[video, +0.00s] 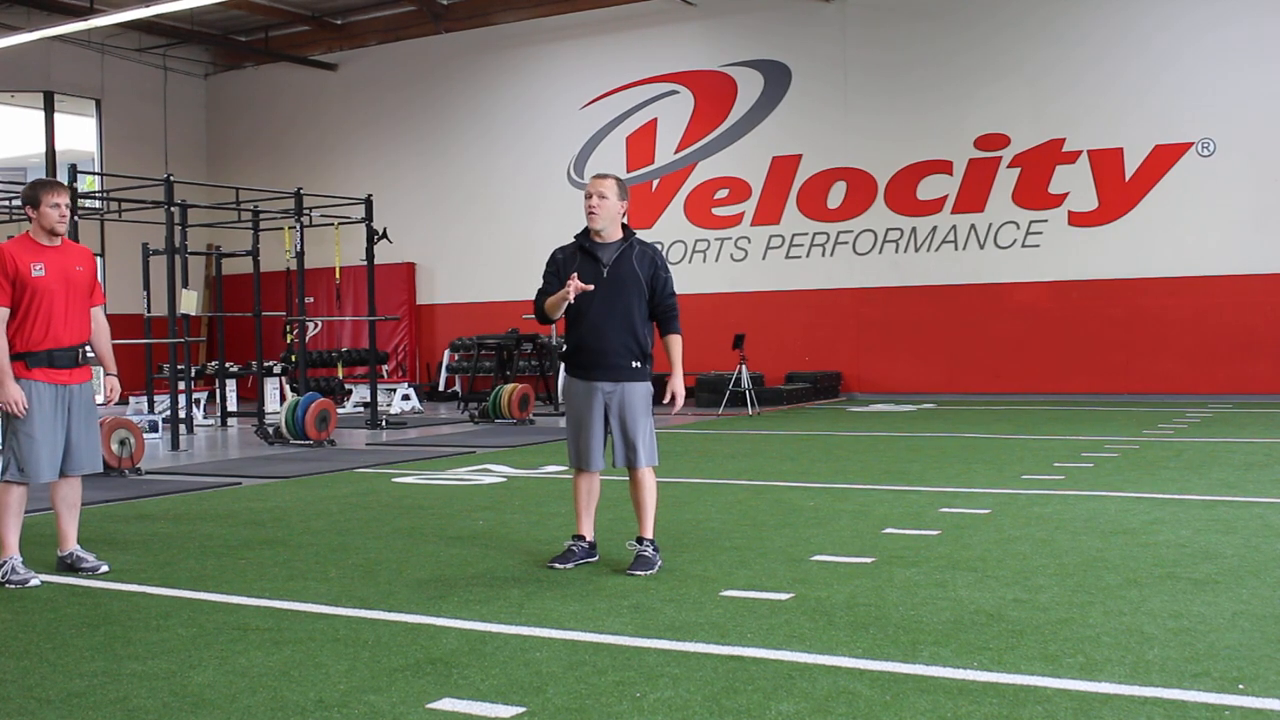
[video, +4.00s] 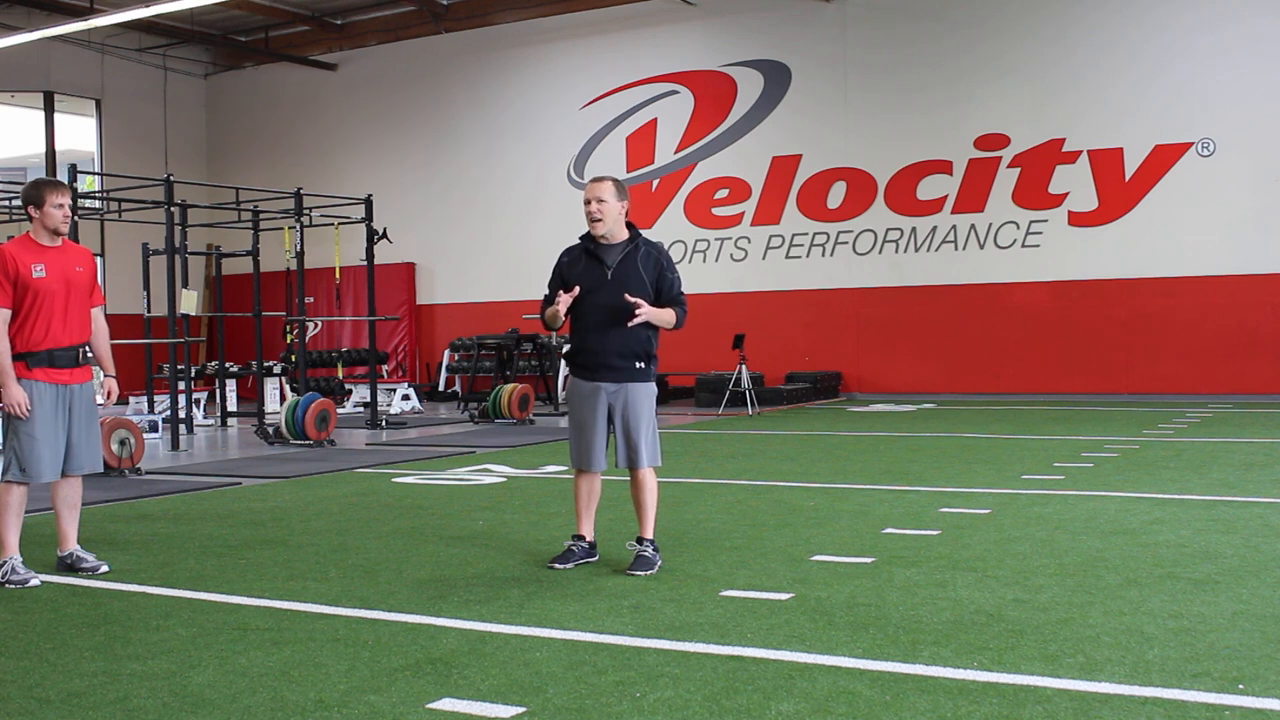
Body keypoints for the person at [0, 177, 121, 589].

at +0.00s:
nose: (64, 213)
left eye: (67, 206)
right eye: (54, 206)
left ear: (70, 210)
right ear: (32, 211)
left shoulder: (84, 257)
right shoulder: (10, 255)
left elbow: (96, 318)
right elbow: (0, 325)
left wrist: (111, 369)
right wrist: (6, 380)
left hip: (76, 377)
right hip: (29, 378)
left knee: (71, 466)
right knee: (19, 473)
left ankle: (69, 551)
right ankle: (10, 559)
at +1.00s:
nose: (62, 212)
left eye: (66, 205)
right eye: (53, 205)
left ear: (69, 211)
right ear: (30, 211)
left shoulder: (84, 257)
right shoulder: (11, 255)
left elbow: (96, 320)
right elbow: (0, 326)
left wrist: (109, 371)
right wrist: (7, 382)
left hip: (77, 377)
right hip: (30, 378)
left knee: (72, 467)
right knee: (18, 473)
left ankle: (69, 551)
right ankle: (10, 559)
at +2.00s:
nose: (64, 211)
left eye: (66, 205)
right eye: (55, 205)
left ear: (68, 211)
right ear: (31, 211)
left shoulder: (83, 257)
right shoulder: (10, 255)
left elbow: (95, 319)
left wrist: (109, 371)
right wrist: (6, 381)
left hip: (76, 377)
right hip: (29, 378)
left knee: (72, 466)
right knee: (18, 473)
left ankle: (69, 551)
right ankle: (10, 559)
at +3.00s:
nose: (66, 213)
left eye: (68, 206)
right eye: (57, 206)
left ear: (69, 211)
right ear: (33, 211)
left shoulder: (84, 257)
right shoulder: (11, 255)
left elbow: (96, 319)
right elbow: (0, 326)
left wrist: (110, 371)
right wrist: (6, 381)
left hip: (77, 376)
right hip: (29, 378)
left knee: (72, 466)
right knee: (18, 473)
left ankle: (69, 551)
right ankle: (10, 560)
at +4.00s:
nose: (67, 213)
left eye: (69, 206)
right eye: (58, 206)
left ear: (71, 210)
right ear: (34, 211)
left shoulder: (84, 257)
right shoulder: (11, 255)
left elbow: (96, 319)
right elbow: (0, 326)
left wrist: (109, 371)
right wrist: (8, 382)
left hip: (77, 377)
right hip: (30, 378)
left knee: (72, 466)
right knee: (19, 473)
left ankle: (69, 551)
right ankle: (9, 559)